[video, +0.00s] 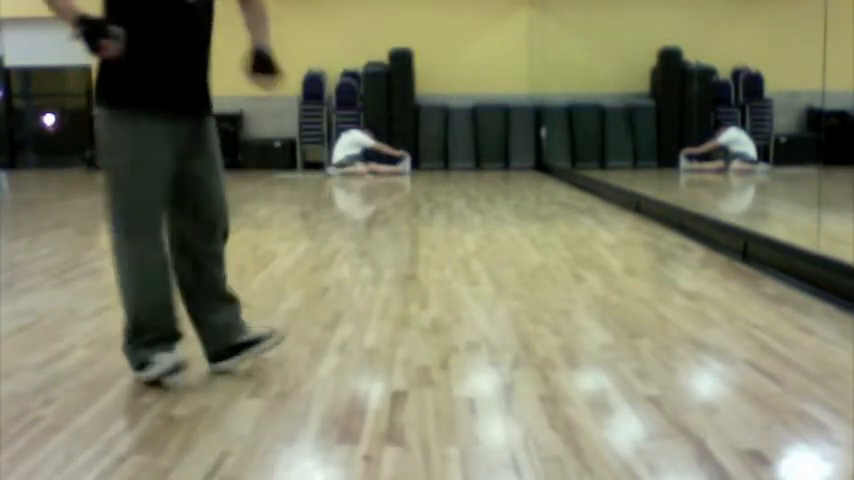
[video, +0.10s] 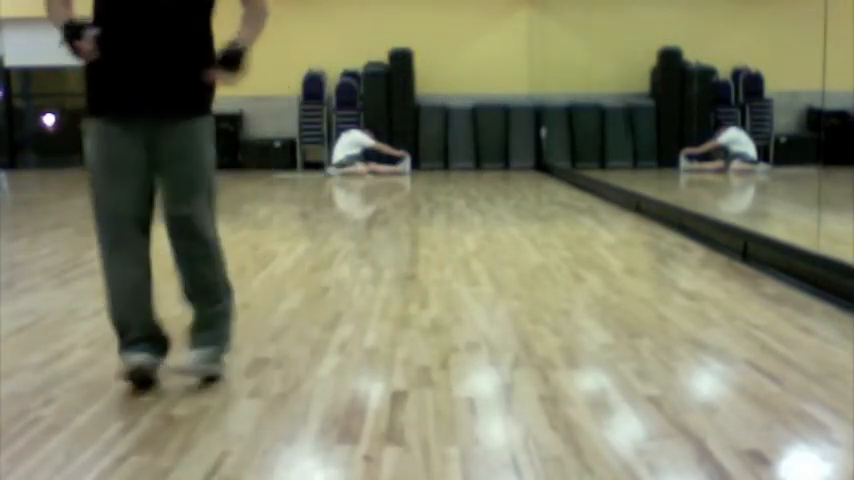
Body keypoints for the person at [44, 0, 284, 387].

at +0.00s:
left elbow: (250, 3)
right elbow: (57, 2)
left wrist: (261, 44)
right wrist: (82, 22)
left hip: (189, 92)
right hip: (129, 96)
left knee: (203, 223)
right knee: (138, 228)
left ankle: (224, 339)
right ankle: (151, 347)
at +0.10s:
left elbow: (256, 6)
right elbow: (57, 4)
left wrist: (237, 49)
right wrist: (72, 28)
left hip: (184, 91)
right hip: (113, 94)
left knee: (192, 223)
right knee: (120, 230)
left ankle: (211, 337)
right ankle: (138, 345)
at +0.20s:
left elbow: (233, 10)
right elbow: (79, 4)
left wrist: (194, 75)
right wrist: (66, 30)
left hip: (165, 105)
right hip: (113, 104)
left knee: (147, 228)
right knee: (108, 227)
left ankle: (162, 352)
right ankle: (125, 343)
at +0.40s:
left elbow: (195, 10)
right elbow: (90, 8)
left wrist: (174, 99)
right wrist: (65, 17)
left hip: (131, 105)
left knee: (93, 232)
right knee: (145, 238)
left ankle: (102, 345)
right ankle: (134, 350)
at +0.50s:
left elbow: (171, 21)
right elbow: (82, 13)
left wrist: (175, 116)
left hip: (120, 113)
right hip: (173, 117)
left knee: (74, 225)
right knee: (150, 239)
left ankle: (56, 346)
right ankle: (134, 357)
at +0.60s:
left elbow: (153, 23)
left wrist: (153, 109)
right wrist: (181, 129)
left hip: (118, 113)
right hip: (173, 119)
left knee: (71, 225)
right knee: (148, 237)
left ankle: (54, 335)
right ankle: (134, 356)